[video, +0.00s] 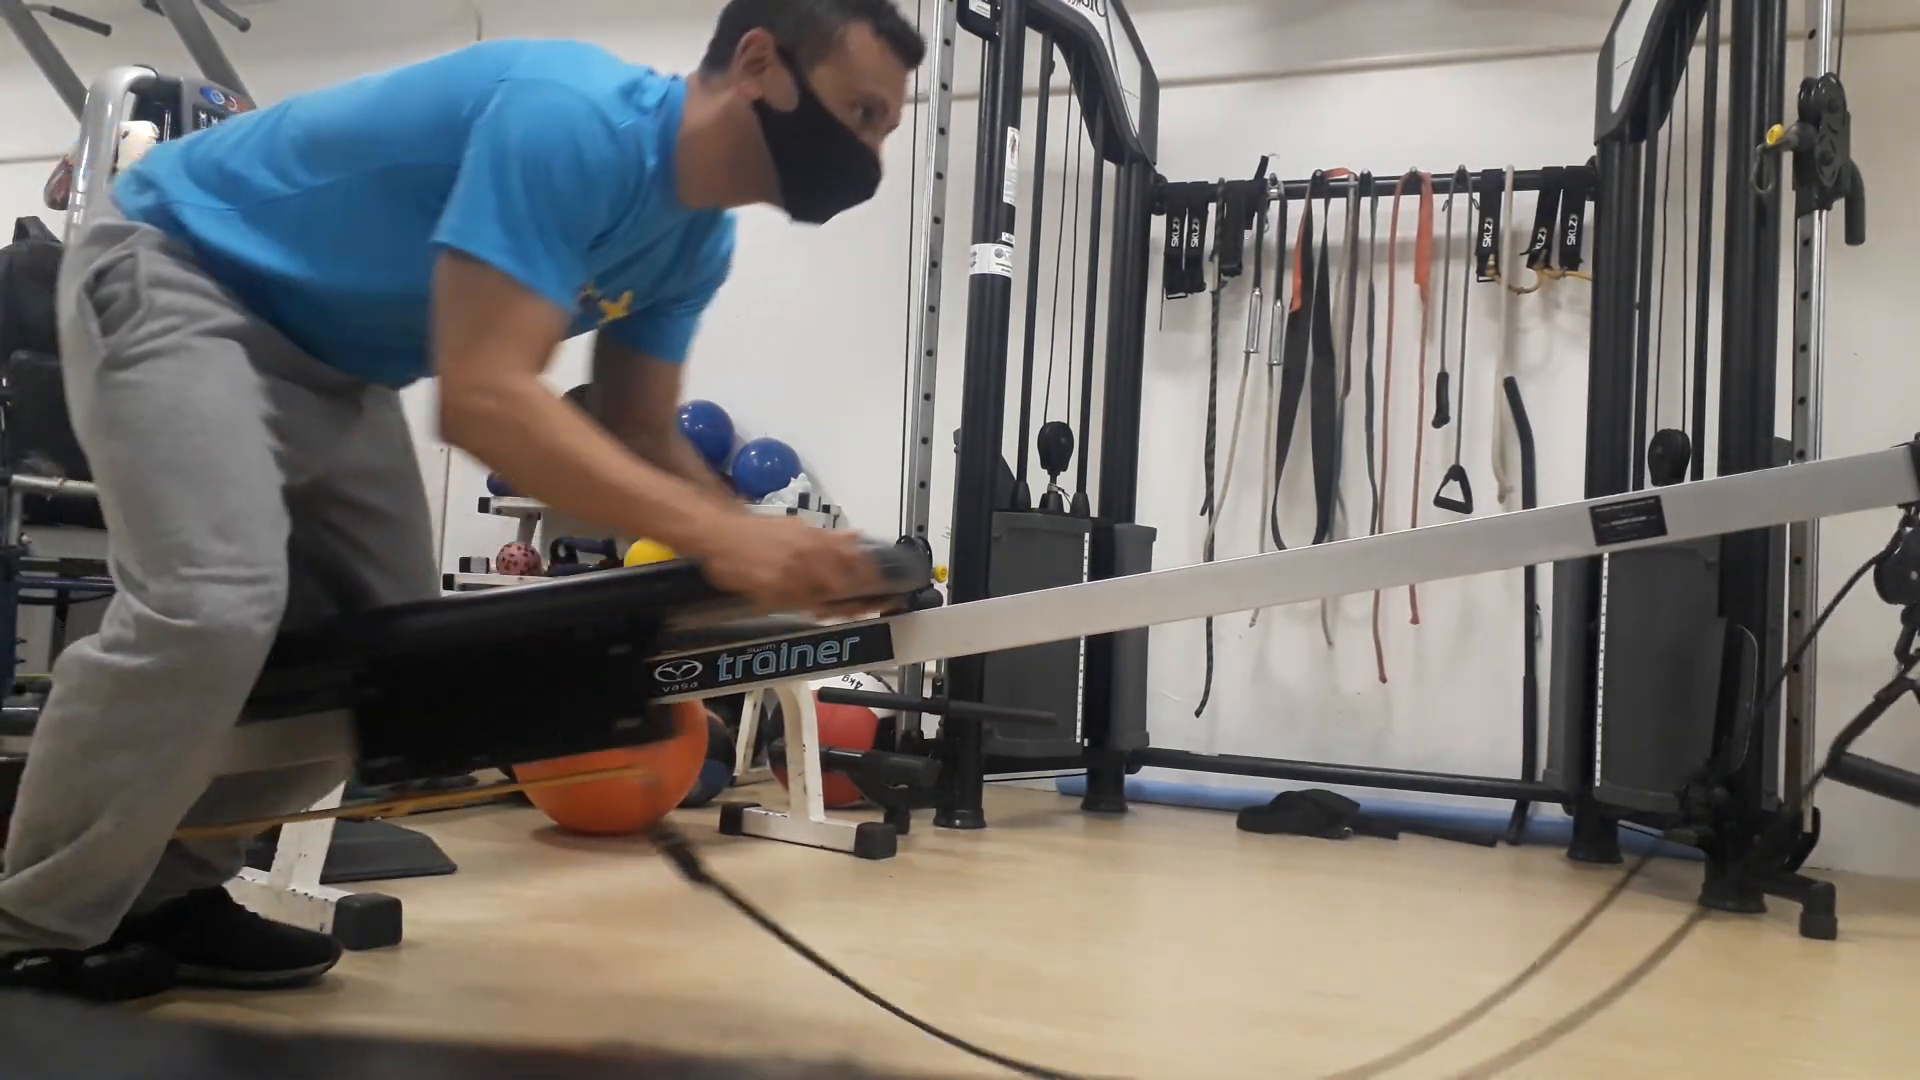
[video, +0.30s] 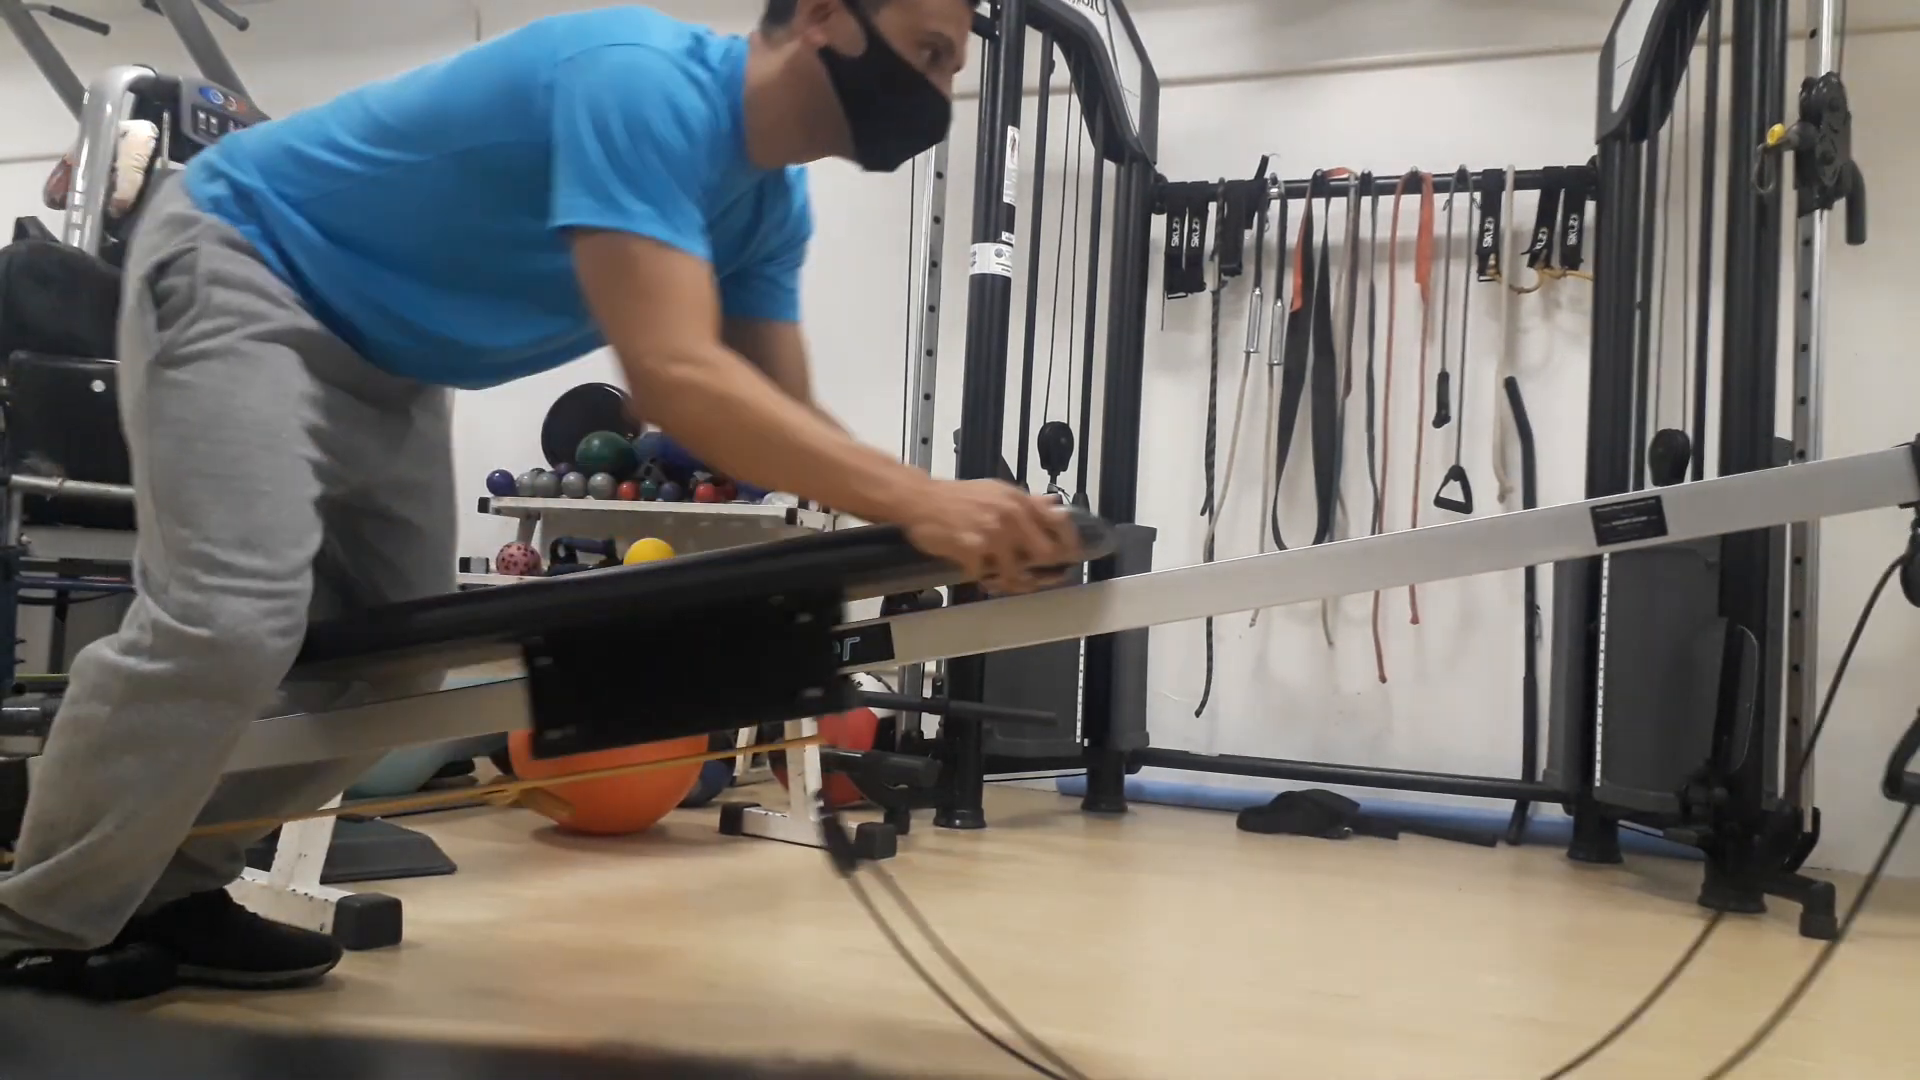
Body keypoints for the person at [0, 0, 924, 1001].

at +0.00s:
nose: (867, 149)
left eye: (884, 128)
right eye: (857, 109)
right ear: (756, 63)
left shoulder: (696, 234)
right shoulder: (567, 120)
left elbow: (636, 425)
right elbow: (482, 400)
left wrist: (759, 540)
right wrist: (723, 532)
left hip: (331, 358)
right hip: (173, 267)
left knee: (394, 647)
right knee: (210, 607)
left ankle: (165, 891)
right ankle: (30, 928)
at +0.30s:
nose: (933, 99)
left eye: (950, 76)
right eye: (922, 59)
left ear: (831, 43)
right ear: (822, 16)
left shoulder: (771, 197)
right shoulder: (641, 86)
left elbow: (782, 408)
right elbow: (670, 377)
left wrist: (939, 512)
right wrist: (918, 504)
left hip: (390, 357)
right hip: (243, 259)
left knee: (399, 658)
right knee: (230, 628)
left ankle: (167, 884)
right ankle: (40, 922)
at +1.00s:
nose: (1051, 143)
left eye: (1075, 127)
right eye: (1061, 110)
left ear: (1026, 60)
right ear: (1012, 28)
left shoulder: (942, 189)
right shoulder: (827, 65)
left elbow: (836, 373)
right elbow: (699, 340)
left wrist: (940, 512)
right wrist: (909, 500)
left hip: (525, 401)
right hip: (416, 302)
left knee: (434, 695)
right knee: (282, 673)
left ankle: (181, 882)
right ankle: (47, 939)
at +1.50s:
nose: (1254, 206)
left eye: (1266, 177)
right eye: (1242, 163)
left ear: (1163, 140)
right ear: (1137, 115)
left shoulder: (1028, 285)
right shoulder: (951, 155)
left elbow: (851, 398)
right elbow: (708, 322)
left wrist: (945, 516)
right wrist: (905, 507)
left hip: (602, 470)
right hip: (503, 366)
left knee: (472, 722)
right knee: (306, 709)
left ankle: (210, 876)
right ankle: (60, 952)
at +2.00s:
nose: (1315, 347)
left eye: (1332, 319)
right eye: (1305, 302)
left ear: (1225, 293)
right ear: (1208, 263)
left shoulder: (1085, 426)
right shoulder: (1024, 308)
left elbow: (858, 494)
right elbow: (731, 308)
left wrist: (973, 559)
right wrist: (910, 510)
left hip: (621, 550)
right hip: (538, 427)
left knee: (493, 750)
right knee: (294, 726)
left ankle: (236, 848)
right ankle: (60, 945)